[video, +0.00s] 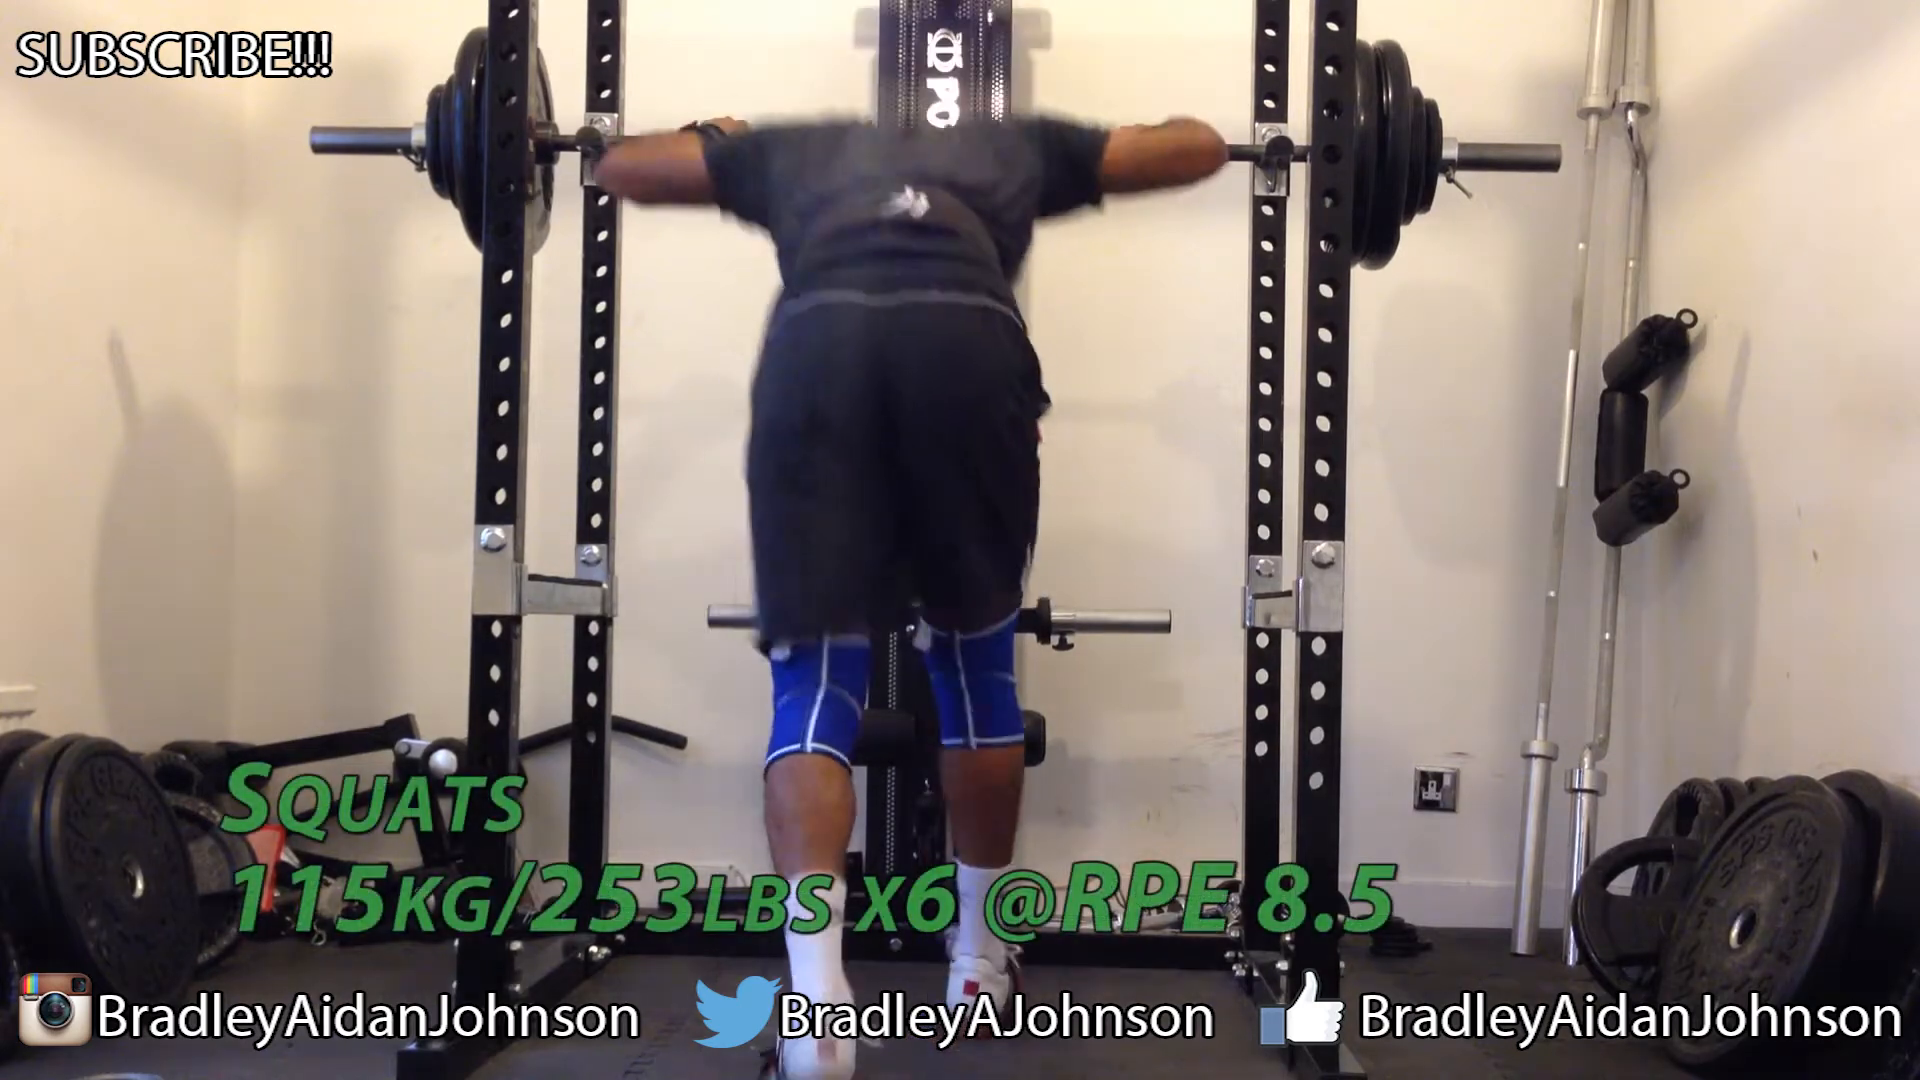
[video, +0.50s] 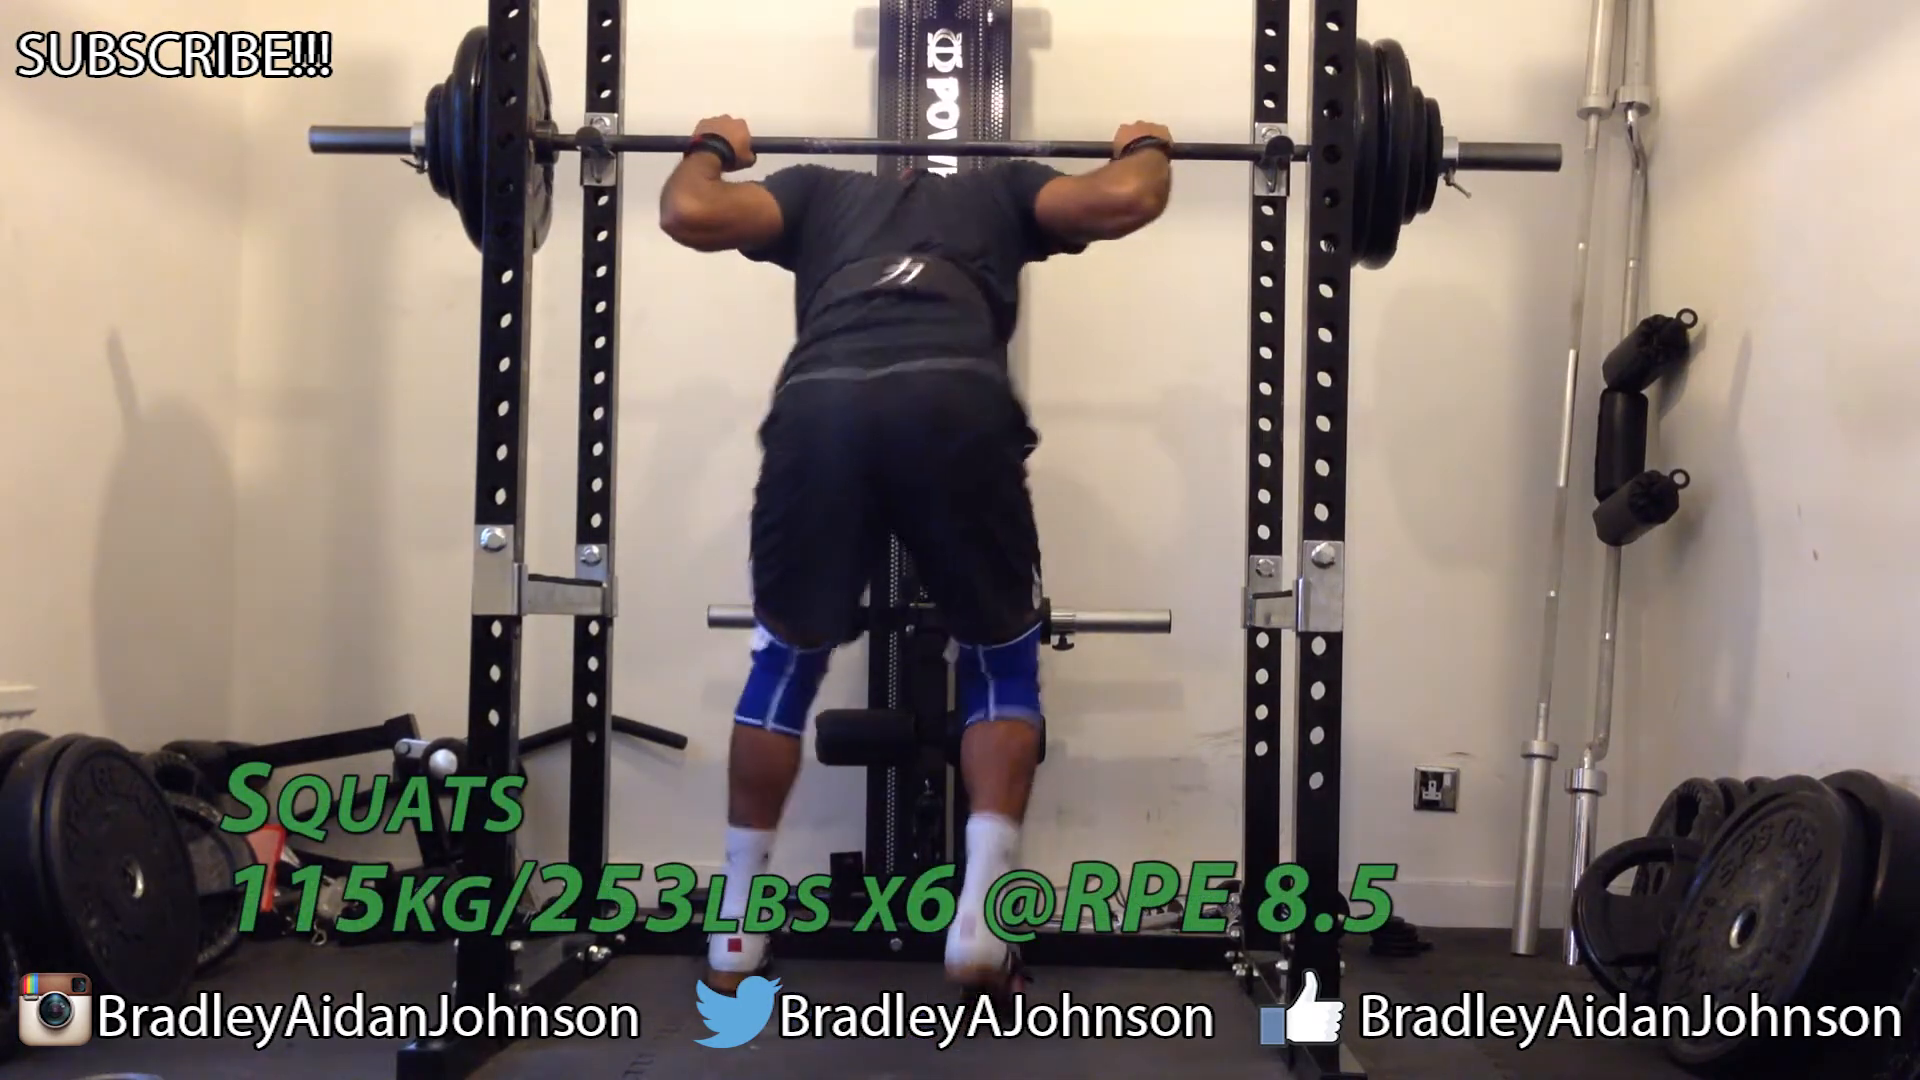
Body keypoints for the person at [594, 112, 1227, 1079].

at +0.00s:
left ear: (870, 109)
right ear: (968, 111)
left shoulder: (797, 147)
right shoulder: (1014, 143)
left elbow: (618, 167)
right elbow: (1199, 149)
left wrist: (700, 139)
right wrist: (1150, 135)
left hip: (816, 363)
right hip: (970, 360)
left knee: (814, 678)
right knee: (977, 665)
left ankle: (818, 1002)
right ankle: (979, 972)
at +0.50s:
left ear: (883, 151)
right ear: (975, 151)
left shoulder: (821, 189)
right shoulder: (1006, 188)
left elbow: (687, 214)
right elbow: (1128, 198)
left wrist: (710, 146)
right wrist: (1149, 144)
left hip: (819, 414)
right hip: (956, 410)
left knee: (783, 660)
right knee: (1003, 662)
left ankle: (737, 923)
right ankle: (978, 920)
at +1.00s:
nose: (919, 151)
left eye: (904, 149)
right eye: (937, 148)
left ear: (887, 165)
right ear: (971, 166)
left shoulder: (832, 194)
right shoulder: (1020, 191)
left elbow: (686, 211)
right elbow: (1153, 216)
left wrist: (714, 148)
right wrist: (1151, 151)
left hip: (843, 455)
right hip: (982, 454)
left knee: (772, 661)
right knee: (1041, 677)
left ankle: (739, 917)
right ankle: (1064, 932)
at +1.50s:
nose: (938, 163)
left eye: (919, 150)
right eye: (957, 152)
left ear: (888, 157)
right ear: (977, 158)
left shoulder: (839, 193)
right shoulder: (1010, 191)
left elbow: (738, 247)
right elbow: (1102, 246)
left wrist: (712, 163)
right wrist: (1147, 163)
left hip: (844, 454)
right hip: (976, 455)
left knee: (775, 673)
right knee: (1043, 684)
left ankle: (745, 915)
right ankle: (1057, 930)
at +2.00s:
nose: (902, 33)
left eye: (894, 27)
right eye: (946, 29)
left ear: (877, 61)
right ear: (970, 58)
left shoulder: (829, 157)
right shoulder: (1006, 160)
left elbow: (790, 292)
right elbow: (1048, 290)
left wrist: (722, 186)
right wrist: (1136, 190)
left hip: (843, 406)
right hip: (968, 408)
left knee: (787, 667)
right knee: (1027, 672)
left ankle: (747, 920)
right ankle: (1054, 929)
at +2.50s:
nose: (907, 39)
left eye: (894, 30)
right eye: (959, 33)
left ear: (881, 56)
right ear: (973, 52)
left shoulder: (833, 151)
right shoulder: (1009, 151)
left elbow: (801, 286)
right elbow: (1041, 278)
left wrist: (726, 188)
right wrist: (1136, 192)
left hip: (840, 408)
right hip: (962, 408)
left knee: (791, 667)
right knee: (1029, 672)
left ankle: (749, 914)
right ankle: (1058, 922)